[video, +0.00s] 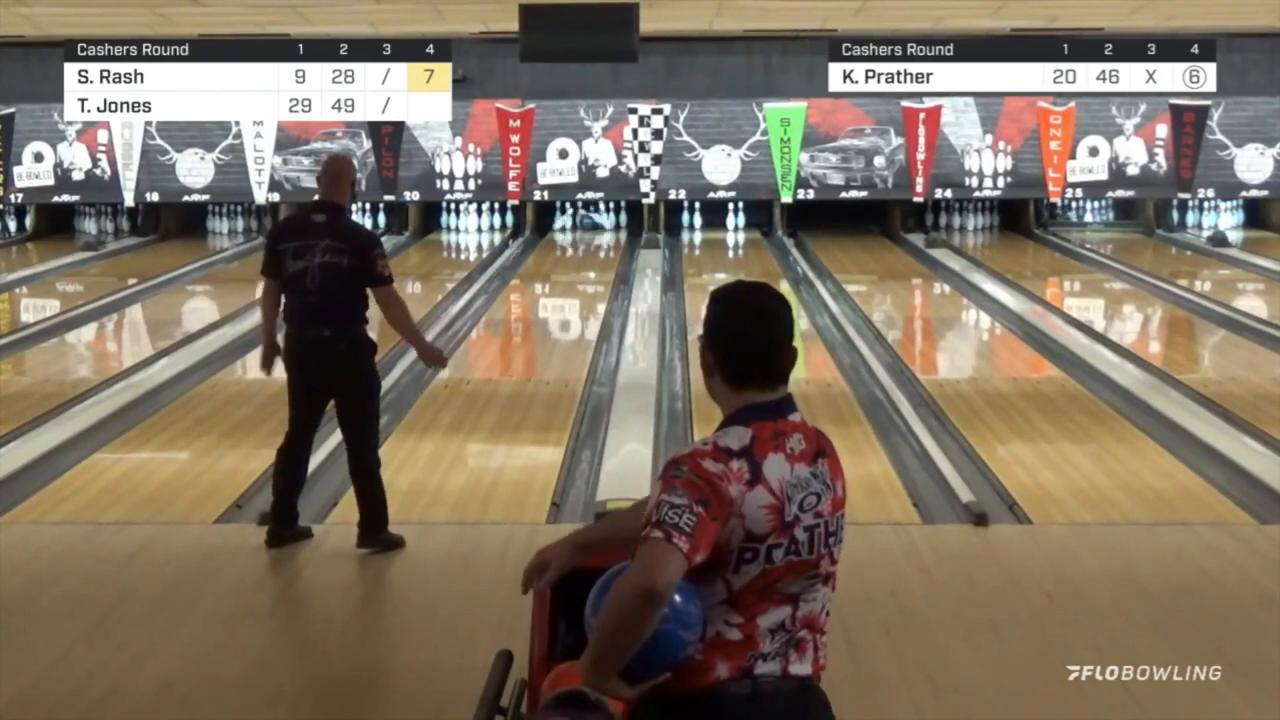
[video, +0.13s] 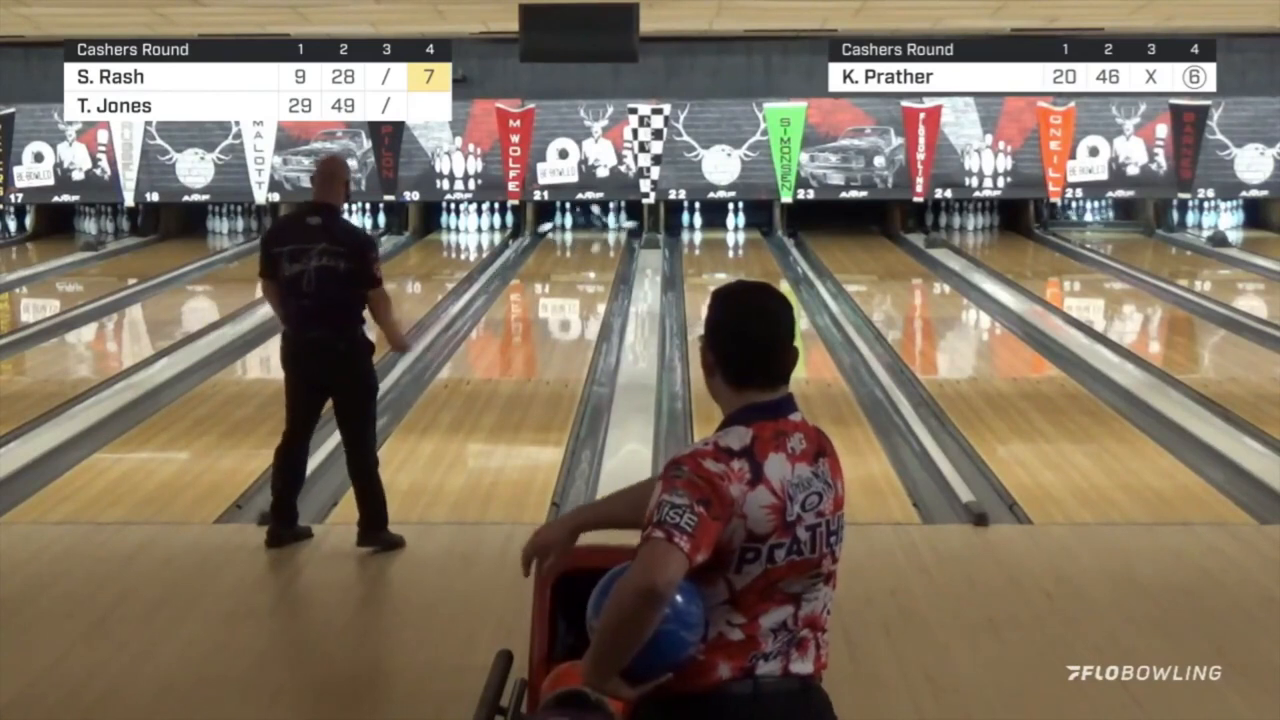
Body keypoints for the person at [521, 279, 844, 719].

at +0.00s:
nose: (700, 354)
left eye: (701, 345)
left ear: (705, 358)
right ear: (791, 359)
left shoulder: (704, 468)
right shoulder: (821, 451)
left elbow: (652, 582)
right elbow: (680, 509)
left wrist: (594, 673)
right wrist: (575, 542)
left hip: (702, 700)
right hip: (799, 694)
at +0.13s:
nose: (700, 353)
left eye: (701, 344)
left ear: (707, 358)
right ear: (792, 359)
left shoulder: (706, 468)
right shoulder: (818, 448)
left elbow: (653, 582)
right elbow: (681, 491)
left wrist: (596, 675)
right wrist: (572, 521)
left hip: (704, 699)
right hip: (800, 693)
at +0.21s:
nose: (699, 354)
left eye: (701, 344)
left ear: (707, 359)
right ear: (793, 359)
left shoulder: (707, 469)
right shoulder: (818, 447)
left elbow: (654, 583)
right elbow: (682, 488)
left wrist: (596, 677)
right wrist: (574, 515)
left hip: (706, 698)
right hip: (802, 693)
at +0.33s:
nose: (700, 354)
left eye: (702, 344)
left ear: (708, 359)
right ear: (793, 358)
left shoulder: (709, 469)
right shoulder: (820, 450)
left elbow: (658, 585)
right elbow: (676, 500)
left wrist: (600, 678)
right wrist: (572, 529)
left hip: (709, 699)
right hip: (803, 694)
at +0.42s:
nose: (701, 354)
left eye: (702, 344)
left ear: (709, 358)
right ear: (793, 358)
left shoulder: (709, 469)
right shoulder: (822, 452)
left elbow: (660, 587)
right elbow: (673, 519)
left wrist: (602, 679)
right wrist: (572, 551)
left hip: (708, 699)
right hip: (803, 694)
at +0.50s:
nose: (702, 354)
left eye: (703, 343)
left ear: (710, 359)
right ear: (794, 358)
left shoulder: (709, 469)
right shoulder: (823, 452)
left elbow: (661, 587)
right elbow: (675, 519)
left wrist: (601, 681)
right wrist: (579, 560)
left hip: (708, 698)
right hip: (803, 693)